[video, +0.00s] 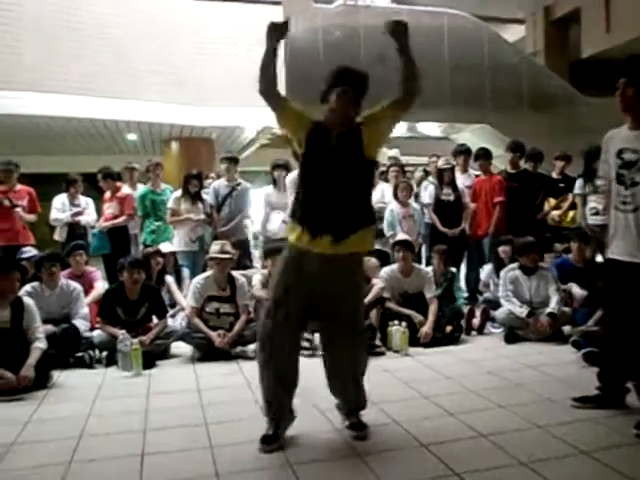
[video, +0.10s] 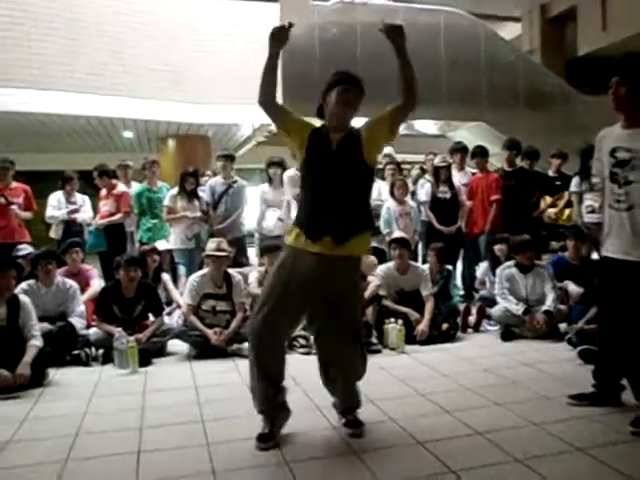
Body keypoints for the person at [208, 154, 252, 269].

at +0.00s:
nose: (227, 168)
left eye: (230, 165)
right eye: (224, 165)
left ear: (236, 168)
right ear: (221, 168)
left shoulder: (244, 187)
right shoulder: (215, 187)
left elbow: (245, 212)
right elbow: (213, 209)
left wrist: (228, 228)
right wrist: (219, 229)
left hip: (240, 235)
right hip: (221, 234)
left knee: (244, 268)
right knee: (220, 267)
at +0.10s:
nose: (223, 165)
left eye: (226, 162)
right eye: (221, 162)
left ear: (232, 166)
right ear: (217, 165)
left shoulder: (240, 185)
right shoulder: (212, 184)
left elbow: (240, 209)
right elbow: (209, 206)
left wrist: (224, 226)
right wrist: (215, 226)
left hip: (235, 233)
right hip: (217, 232)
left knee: (240, 266)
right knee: (216, 265)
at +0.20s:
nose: (222, 165)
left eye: (226, 162)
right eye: (220, 162)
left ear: (231, 165)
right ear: (216, 165)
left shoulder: (239, 185)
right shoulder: (210, 184)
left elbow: (239, 209)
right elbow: (208, 206)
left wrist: (223, 226)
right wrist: (213, 226)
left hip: (234, 232)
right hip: (215, 232)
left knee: (238, 266)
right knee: (214, 265)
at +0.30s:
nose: (216, 164)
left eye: (220, 161)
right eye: (214, 160)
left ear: (225, 164)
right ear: (211, 164)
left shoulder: (233, 183)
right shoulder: (205, 182)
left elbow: (234, 208)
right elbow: (202, 205)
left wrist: (217, 225)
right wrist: (208, 225)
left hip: (229, 232)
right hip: (209, 232)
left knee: (234, 266)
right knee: (209, 265)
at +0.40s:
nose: (212, 165)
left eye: (215, 162)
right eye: (210, 161)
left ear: (221, 165)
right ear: (206, 164)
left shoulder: (229, 184)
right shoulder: (200, 183)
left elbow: (230, 208)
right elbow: (197, 205)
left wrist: (213, 225)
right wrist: (203, 225)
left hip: (224, 232)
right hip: (205, 231)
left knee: (230, 266)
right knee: (204, 265)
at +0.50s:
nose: (208, 165)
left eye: (211, 162)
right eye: (205, 161)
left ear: (217, 164)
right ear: (201, 163)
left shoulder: (225, 185)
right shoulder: (196, 184)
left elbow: (226, 208)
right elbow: (193, 206)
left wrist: (210, 225)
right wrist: (200, 224)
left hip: (221, 233)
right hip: (201, 233)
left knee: (227, 267)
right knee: (201, 266)